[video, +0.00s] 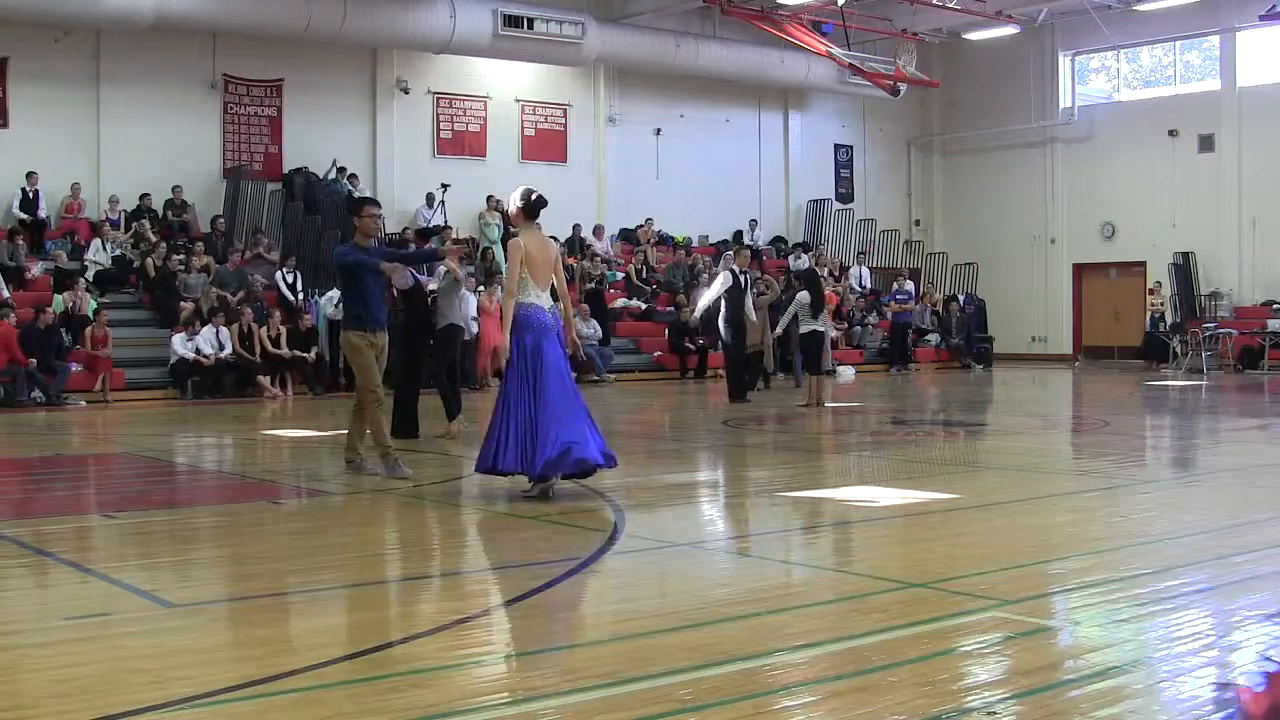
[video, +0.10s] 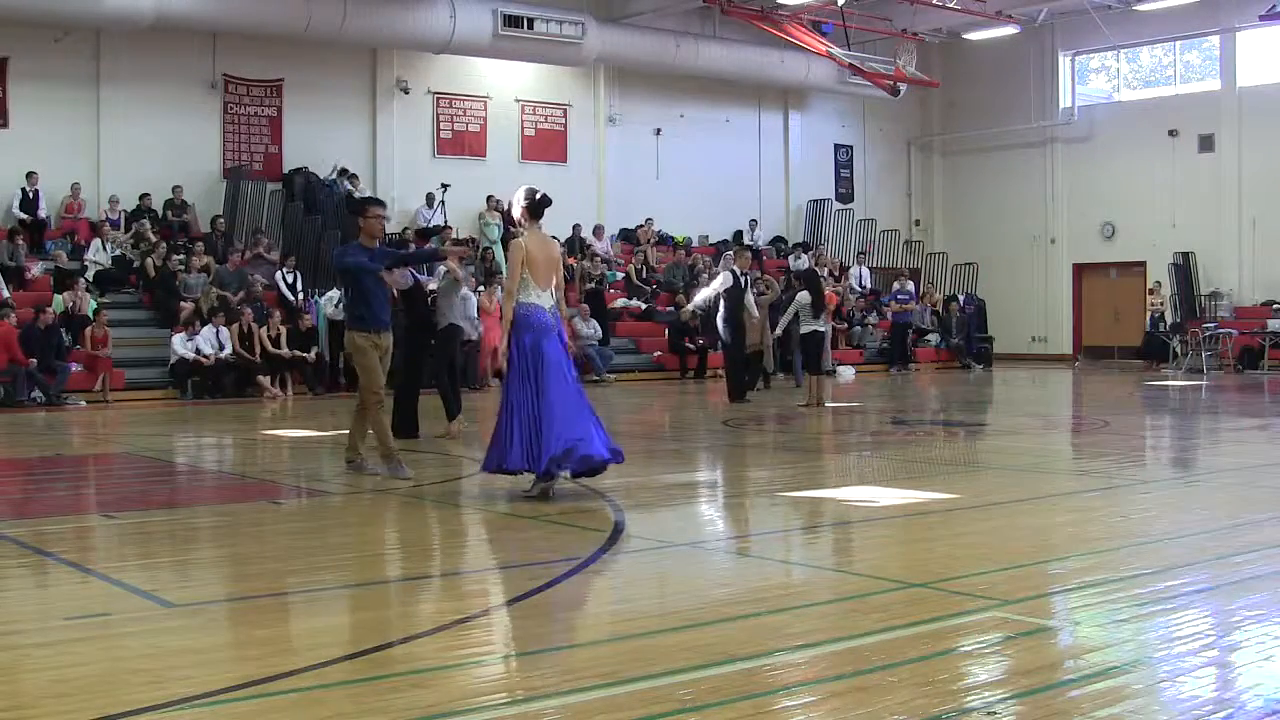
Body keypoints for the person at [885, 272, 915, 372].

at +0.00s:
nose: (900, 283)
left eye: (902, 280)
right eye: (898, 281)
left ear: (905, 281)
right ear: (896, 282)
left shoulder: (909, 294)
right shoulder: (893, 294)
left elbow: (912, 306)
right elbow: (892, 308)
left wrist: (899, 306)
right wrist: (905, 307)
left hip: (906, 321)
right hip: (896, 321)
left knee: (905, 344)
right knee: (895, 344)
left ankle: (905, 364)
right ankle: (894, 365)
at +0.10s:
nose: (902, 282)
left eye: (904, 280)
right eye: (900, 280)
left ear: (907, 281)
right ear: (897, 281)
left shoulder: (910, 294)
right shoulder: (894, 294)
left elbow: (912, 306)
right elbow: (893, 308)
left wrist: (899, 306)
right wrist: (906, 307)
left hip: (907, 321)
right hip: (896, 321)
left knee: (905, 343)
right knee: (895, 343)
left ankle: (905, 363)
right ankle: (894, 364)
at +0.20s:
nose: (903, 282)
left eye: (905, 280)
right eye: (901, 280)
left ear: (908, 281)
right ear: (899, 282)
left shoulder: (911, 294)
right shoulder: (894, 294)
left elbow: (912, 306)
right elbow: (893, 308)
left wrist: (899, 306)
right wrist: (906, 307)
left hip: (907, 321)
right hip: (896, 322)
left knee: (906, 344)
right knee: (895, 344)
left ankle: (905, 363)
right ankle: (894, 364)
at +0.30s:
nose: (904, 282)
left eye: (905, 280)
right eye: (902, 280)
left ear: (908, 281)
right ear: (899, 282)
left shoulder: (911, 294)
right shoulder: (894, 294)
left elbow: (912, 306)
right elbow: (893, 308)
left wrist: (899, 306)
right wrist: (906, 307)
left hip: (907, 321)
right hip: (896, 321)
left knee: (906, 343)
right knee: (895, 343)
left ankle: (905, 363)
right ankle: (895, 364)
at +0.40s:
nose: (904, 282)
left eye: (905, 280)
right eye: (902, 280)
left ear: (908, 281)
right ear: (899, 282)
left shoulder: (911, 294)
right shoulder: (894, 294)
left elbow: (912, 306)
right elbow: (893, 308)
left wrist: (899, 306)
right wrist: (906, 307)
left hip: (907, 321)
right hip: (896, 321)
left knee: (906, 343)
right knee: (896, 343)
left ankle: (905, 363)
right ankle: (895, 364)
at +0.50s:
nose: (903, 282)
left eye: (905, 280)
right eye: (901, 280)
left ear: (908, 281)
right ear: (899, 282)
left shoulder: (911, 294)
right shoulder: (894, 294)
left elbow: (913, 306)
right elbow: (893, 308)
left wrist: (899, 306)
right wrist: (907, 307)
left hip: (907, 321)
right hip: (896, 321)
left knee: (906, 344)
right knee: (896, 343)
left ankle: (905, 363)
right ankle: (896, 364)